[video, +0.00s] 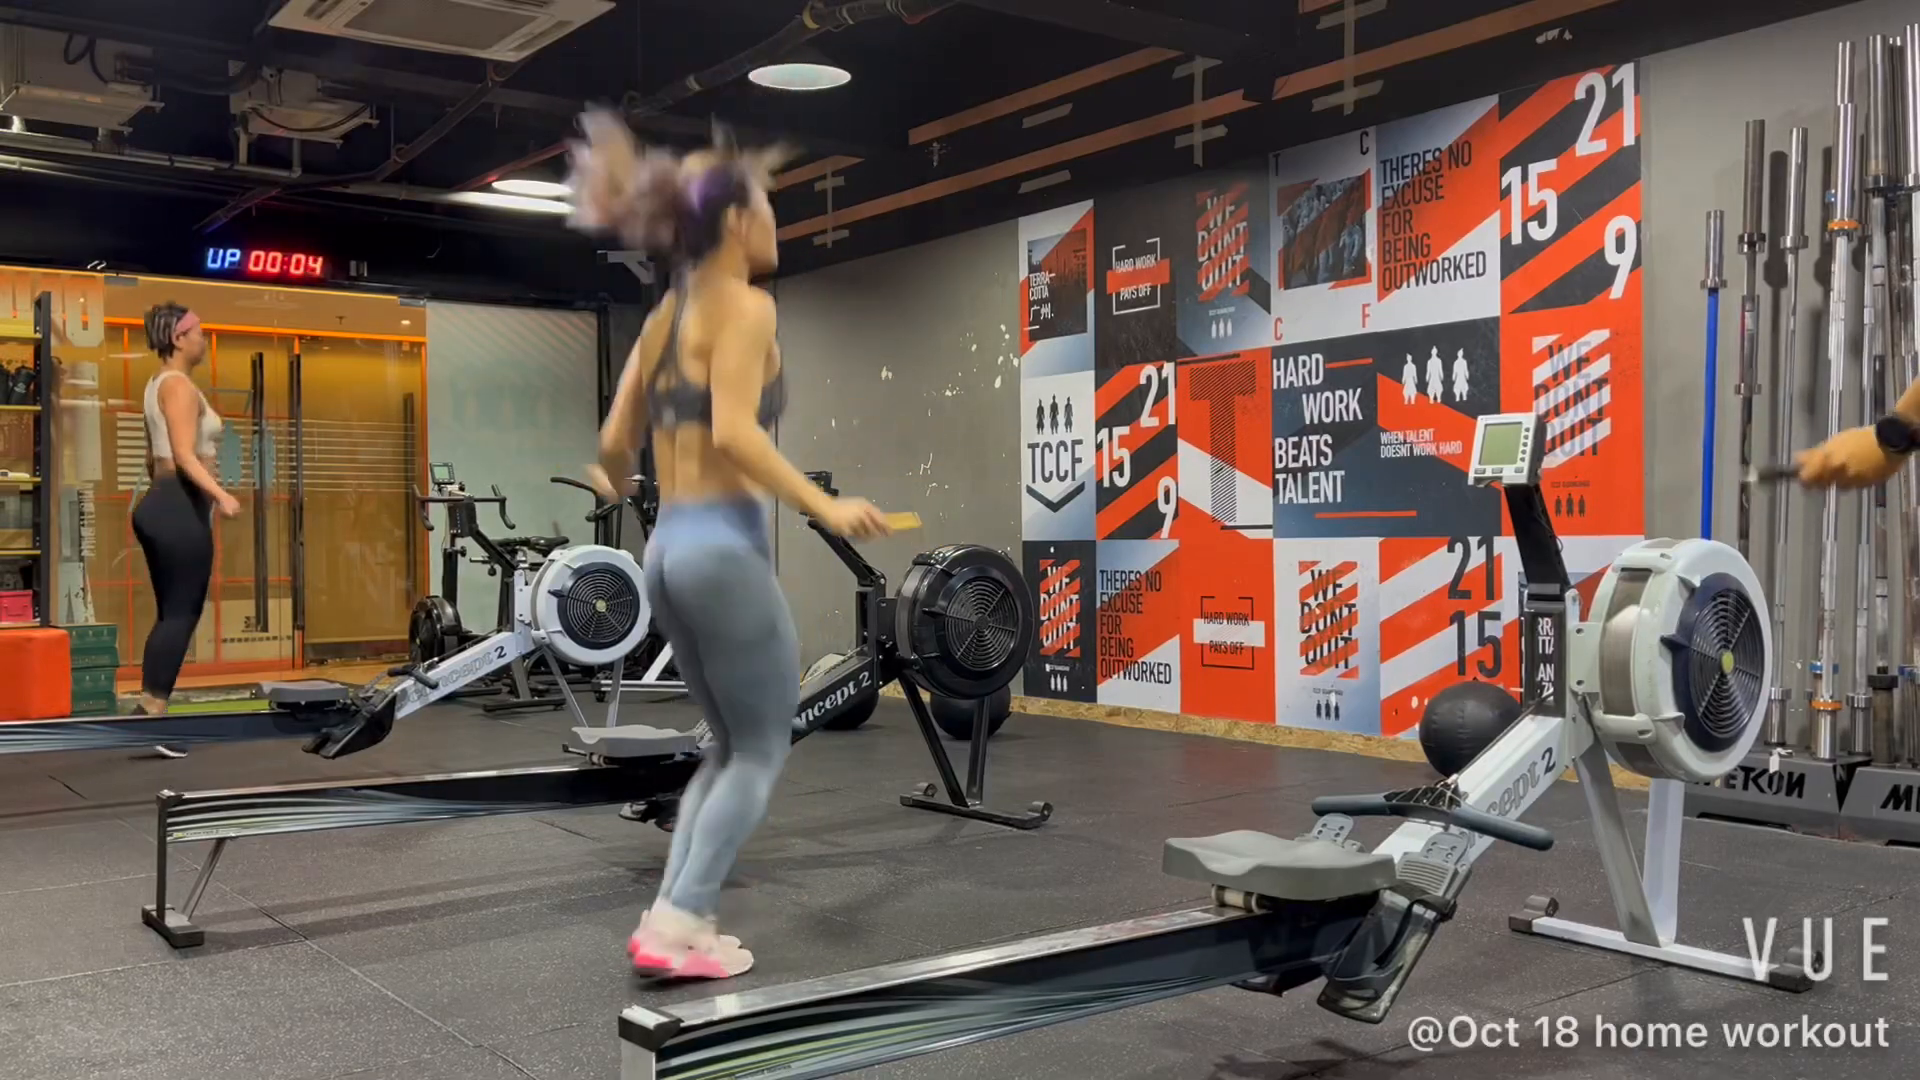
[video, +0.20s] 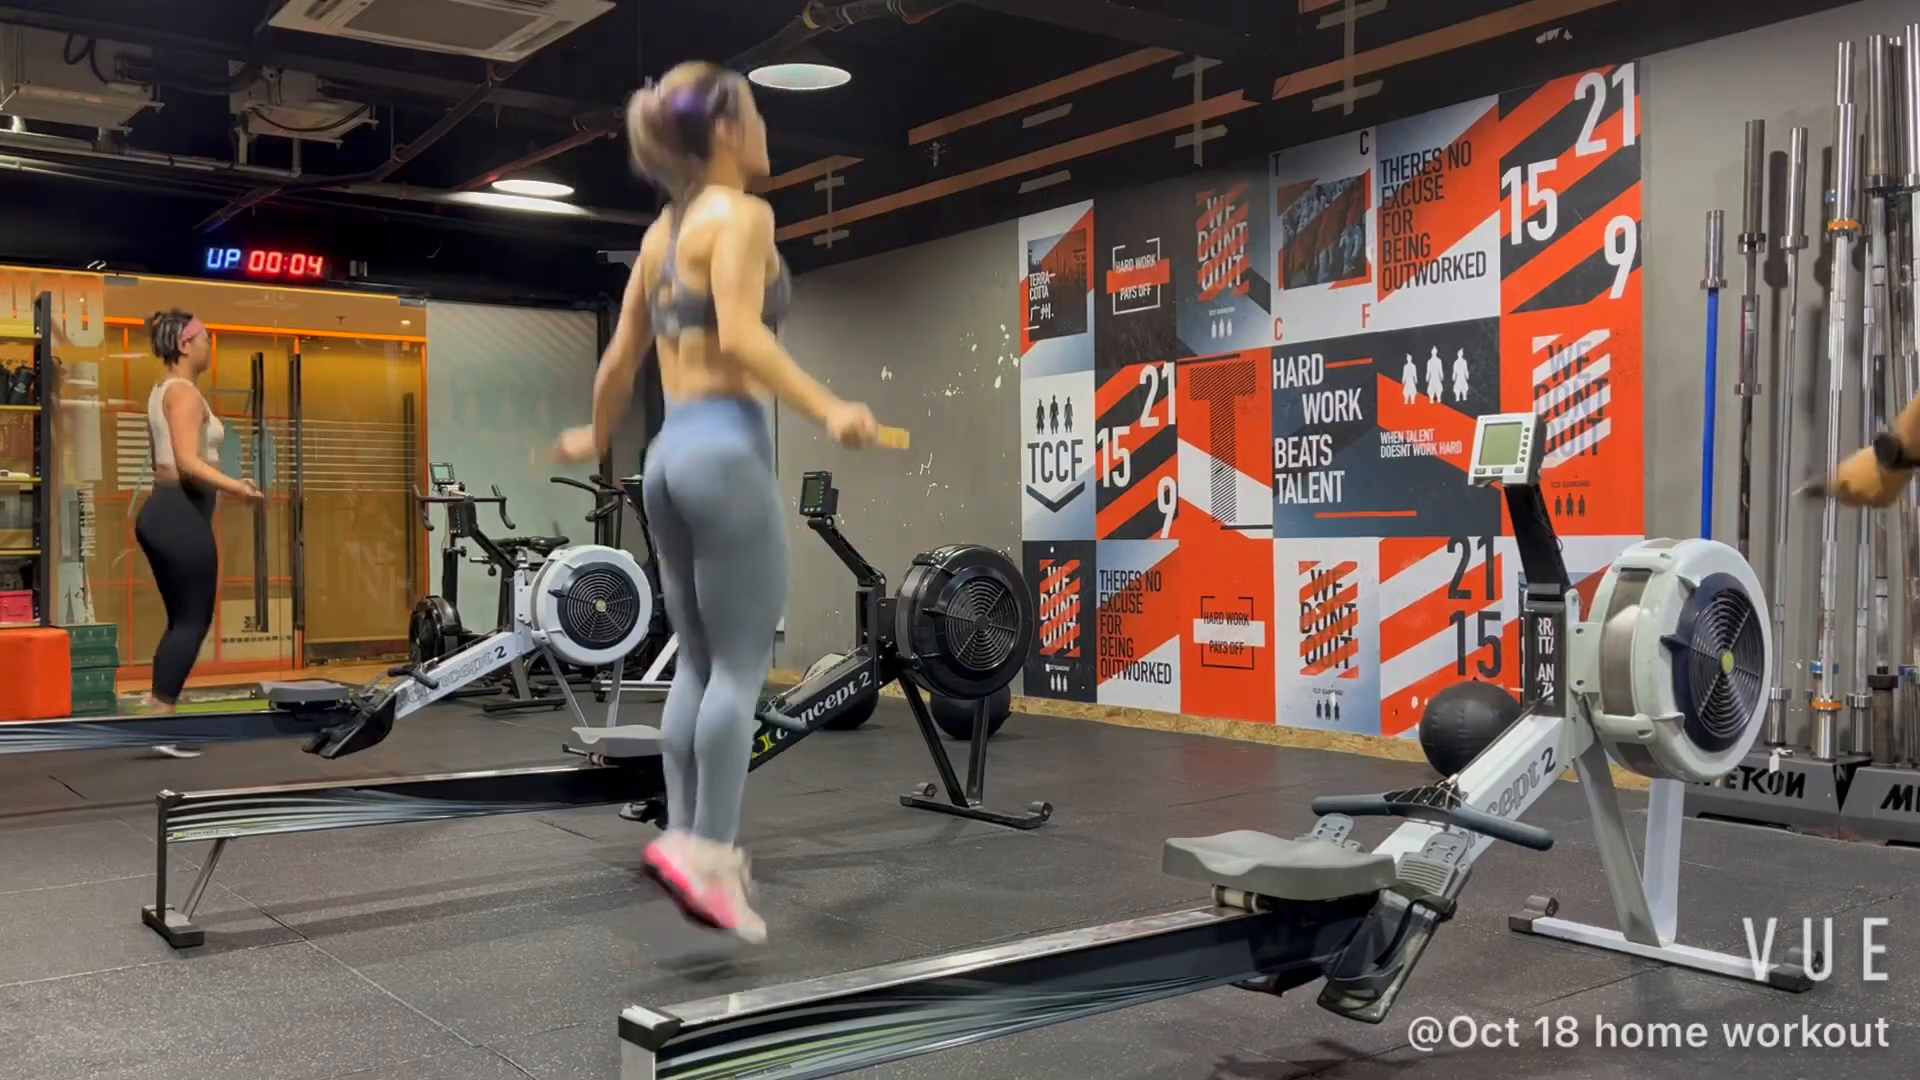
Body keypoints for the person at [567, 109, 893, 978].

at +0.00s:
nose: (775, 217)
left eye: (768, 203)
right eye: (764, 204)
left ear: (707, 227)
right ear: (736, 220)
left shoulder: (668, 312)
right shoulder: (746, 306)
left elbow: (618, 438)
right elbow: (733, 434)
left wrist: (615, 481)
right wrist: (828, 506)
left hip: (669, 542)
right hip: (719, 541)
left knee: (729, 747)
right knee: (761, 745)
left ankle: (672, 915)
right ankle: (683, 922)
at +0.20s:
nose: (762, 132)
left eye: (755, 116)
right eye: (752, 118)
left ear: (686, 140)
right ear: (724, 131)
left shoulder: (660, 232)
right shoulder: (742, 214)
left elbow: (621, 358)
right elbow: (738, 335)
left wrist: (595, 437)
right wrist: (830, 410)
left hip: (669, 450)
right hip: (722, 445)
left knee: (697, 660)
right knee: (738, 663)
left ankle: (687, 838)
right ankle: (712, 848)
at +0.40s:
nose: (773, 99)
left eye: (768, 84)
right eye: (764, 86)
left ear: (697, 100)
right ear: (735, 93)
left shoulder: (662, 188)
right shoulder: (751, 174)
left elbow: (629, 319)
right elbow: (730, 294)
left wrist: (617, 414)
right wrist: (800, 391)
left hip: (654, 406)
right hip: (713, 403)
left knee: (699, 622)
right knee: (746, 619)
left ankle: (684, 794)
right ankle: (721, 807)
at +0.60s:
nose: (771, 223)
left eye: (764, 210)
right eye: (759, 210)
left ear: (702, 236)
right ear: (729, 228)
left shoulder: (665, 321)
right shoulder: (748, 315)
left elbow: (606, 439)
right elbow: (735, 435)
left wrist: (594, 480)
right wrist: (830, 508)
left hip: (661, 546)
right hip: (716, 547)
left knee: (719, 753)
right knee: (763, 748)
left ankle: (662, 917)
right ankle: (686, 921)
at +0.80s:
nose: (752, 126)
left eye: (745, 111)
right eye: (742, 113)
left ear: (675, 136)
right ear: (717, 127)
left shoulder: (652, 227)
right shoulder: (738, 208)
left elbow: (613, 355)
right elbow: (736, 327)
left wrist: (586, 429)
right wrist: (825, 404)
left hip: (665, 448)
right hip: (723, 445)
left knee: (698, 655)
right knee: (742, 655)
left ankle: (692, 836)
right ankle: (712, 841)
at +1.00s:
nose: (763, 96)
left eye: (759, 80)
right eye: (754, 82)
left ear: (691, 96)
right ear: (722, 87)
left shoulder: (654, 188)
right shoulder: (739, 166)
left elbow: (616, 319)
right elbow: (722, 285)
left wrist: (605, 413)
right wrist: (791, 381)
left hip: (657, 412)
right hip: (714, 408)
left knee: (704, 621)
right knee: (750, 618)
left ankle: (689, 795)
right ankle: (712, 805)